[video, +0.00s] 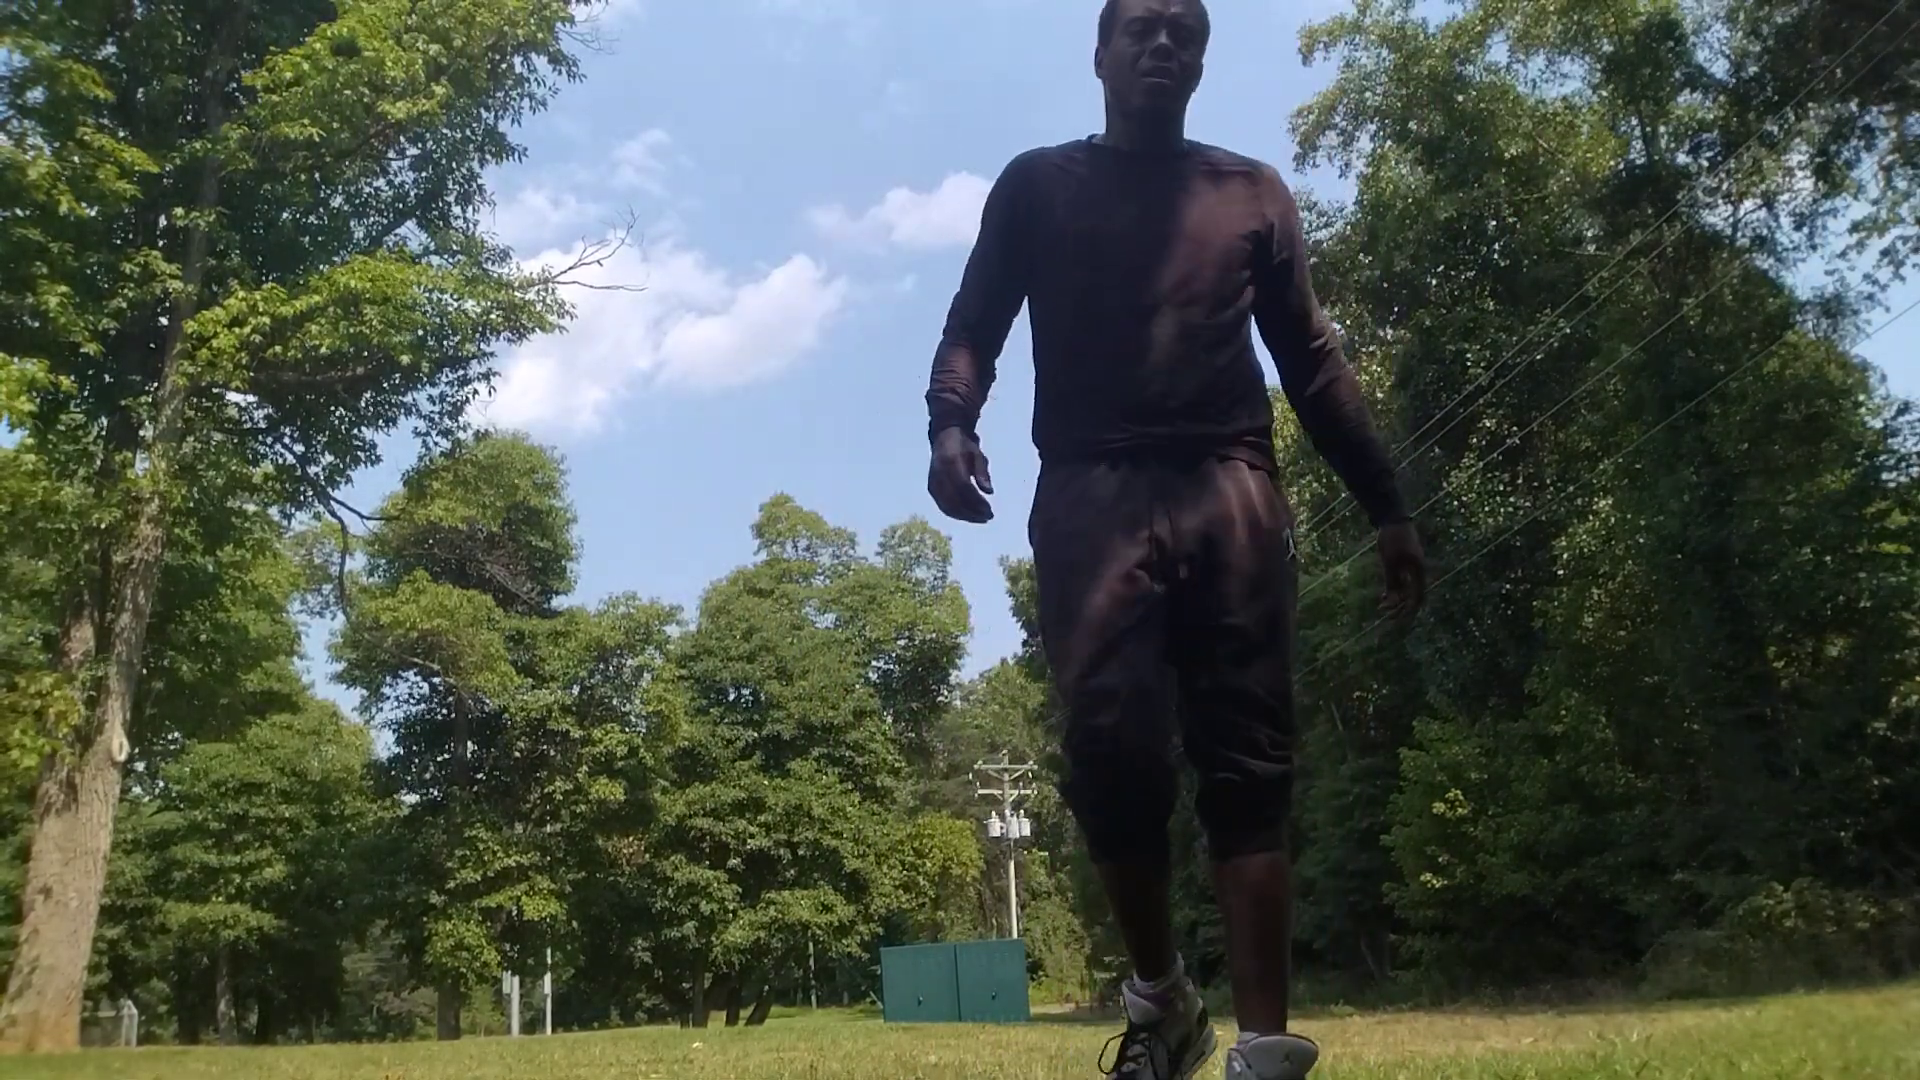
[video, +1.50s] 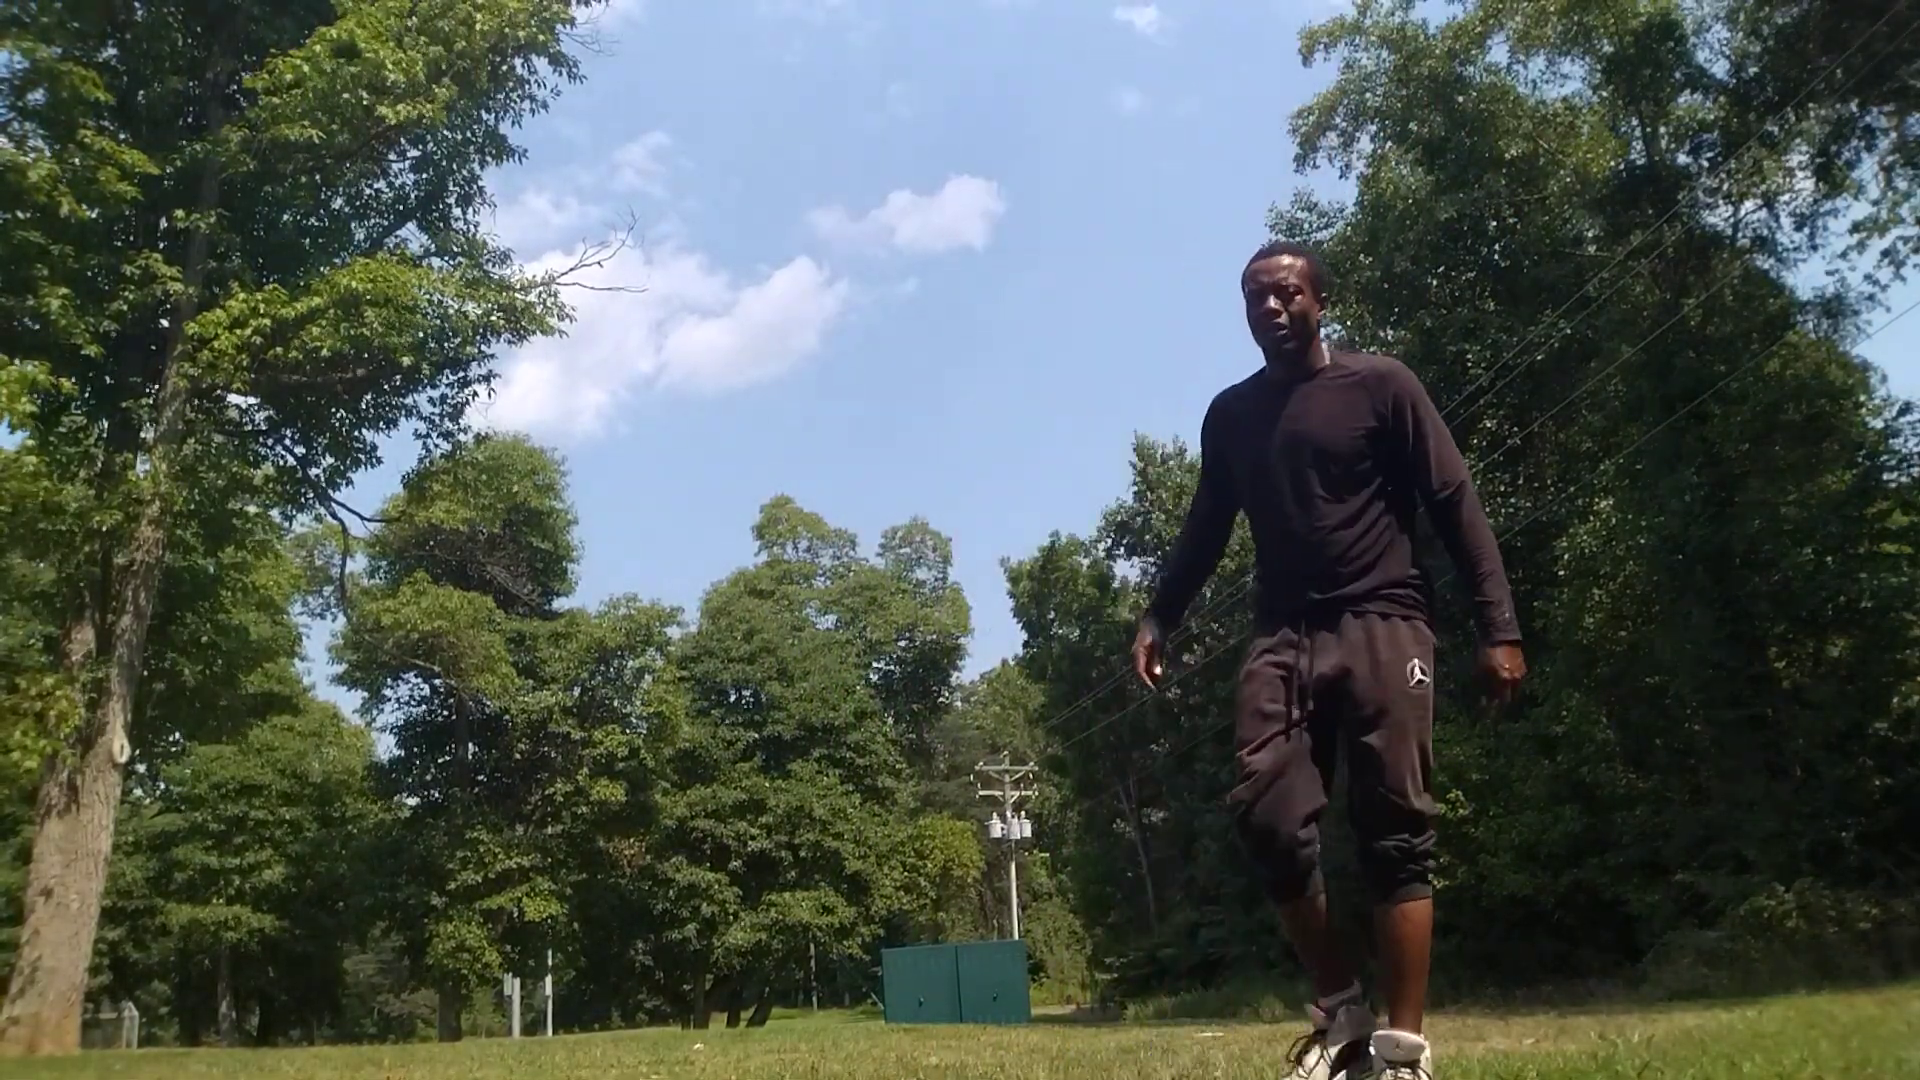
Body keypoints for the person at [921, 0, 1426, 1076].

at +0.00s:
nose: (1164, 46)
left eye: (1184, 34)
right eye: (1143, 29)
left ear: (1202, 61)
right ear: (1102, 50)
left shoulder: (1253, 191)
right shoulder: (1035, 185)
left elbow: (1314, 363)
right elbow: (971, 332)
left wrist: (1391, 511)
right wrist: (949, 421)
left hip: (1232, 492)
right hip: (1089, 497)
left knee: (1249, 767)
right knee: (1110, 749)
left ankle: (1266, 1045)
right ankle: (1155, 1000)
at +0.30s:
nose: (1125, 135)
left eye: (1142, 125)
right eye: (1103, 123)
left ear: (1163, 153)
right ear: (1066, 152)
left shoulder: (1218, 263)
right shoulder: (1018, 270)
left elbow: (1267, 417)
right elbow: (957, 390)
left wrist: (1333, 535)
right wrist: (946, 470)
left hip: (1216, 532)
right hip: (1088, 546)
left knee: (1238, 773)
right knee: (1125, 798)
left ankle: (1264, 1034)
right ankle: (1175, 1028)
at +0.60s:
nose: (1080, 193)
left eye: (1097, 178)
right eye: (1063, 184)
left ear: (1131, 198)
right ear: (1045, 210)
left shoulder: (1203, 287)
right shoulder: (1023, 331)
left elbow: (1275, 414)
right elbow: (978, 467)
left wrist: (1309, 530)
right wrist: (897, 579)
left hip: (1212, 550)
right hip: (1094, 572)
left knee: (1243, 770)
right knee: (1136, 801)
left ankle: (1271, 1027)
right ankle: (1176, 1040)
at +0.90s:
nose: (1097, 233)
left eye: (1115, 218)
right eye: (1085, 225)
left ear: (1157, 236)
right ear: (1077, 251)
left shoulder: (1223, 304)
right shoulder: (1077, 366)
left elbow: (1311, 413)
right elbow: (1077, 504)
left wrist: (1349, 529)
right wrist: (1034, 622)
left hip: (1230, 572)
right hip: (1124, 590)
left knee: (1257, 781)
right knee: (1151, 810)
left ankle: (1353, 999)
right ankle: (1181, 1049)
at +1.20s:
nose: (1195, 284)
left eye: (1211, 269)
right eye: (1182, 274)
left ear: (1249, 282)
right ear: (1171, 293)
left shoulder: (1314, 358)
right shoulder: (1167, 402)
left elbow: (1396, 466)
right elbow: (1175, 528)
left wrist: (1377, 538)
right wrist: (1157, 628)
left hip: (1321, 621)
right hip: (1214, 632)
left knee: (1362, 823)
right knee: (1208, 813)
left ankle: (1398, 1043)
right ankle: (1190, 1036)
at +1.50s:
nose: (1273, 307)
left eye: (1287, 292)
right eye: (1259, 296)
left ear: (1321, 299)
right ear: (1244, 312)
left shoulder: (1385, 385)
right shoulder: (1230, 416)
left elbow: (1456, 504)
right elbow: (1205, 527)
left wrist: (1500, 628)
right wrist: (1158, 618)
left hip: (1382, 624)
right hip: (1282, 634)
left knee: (1394, 828)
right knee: (1269, 819)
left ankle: (1403, 1044)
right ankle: (1339, 1010)